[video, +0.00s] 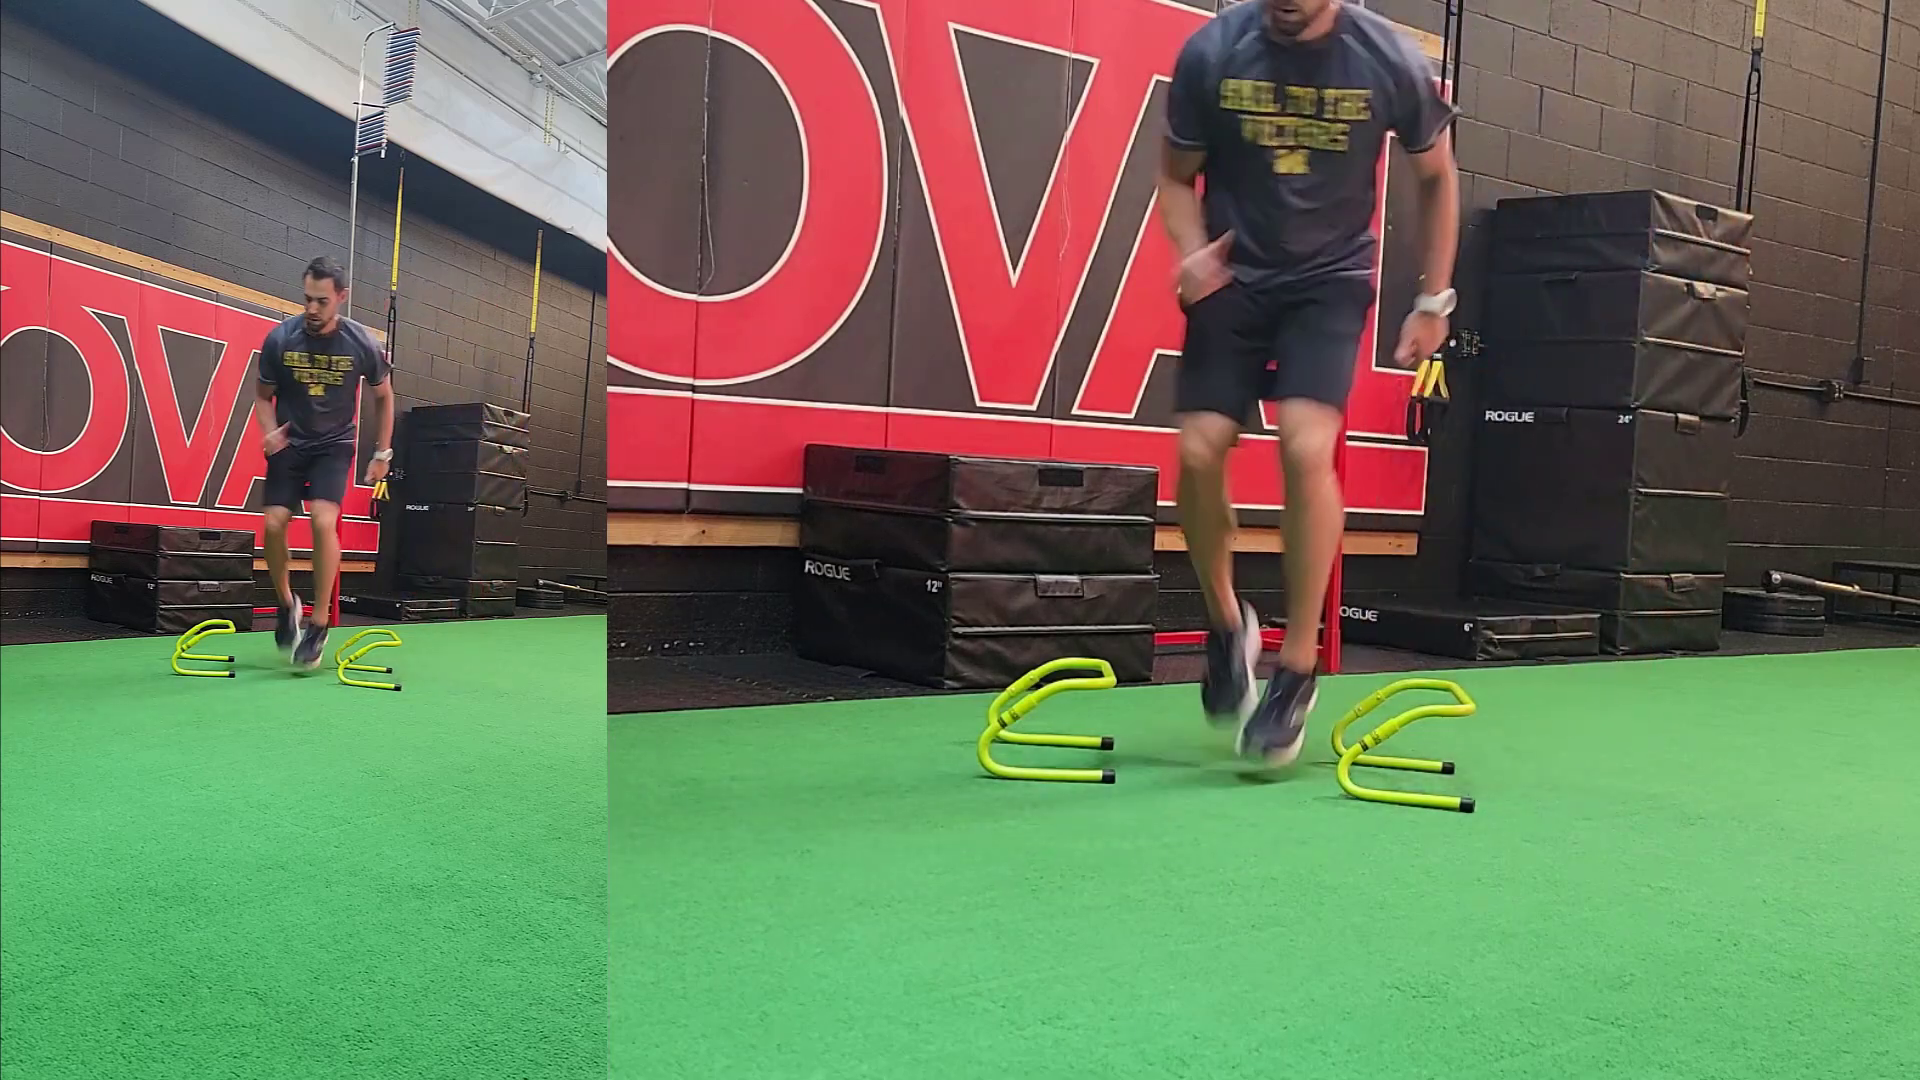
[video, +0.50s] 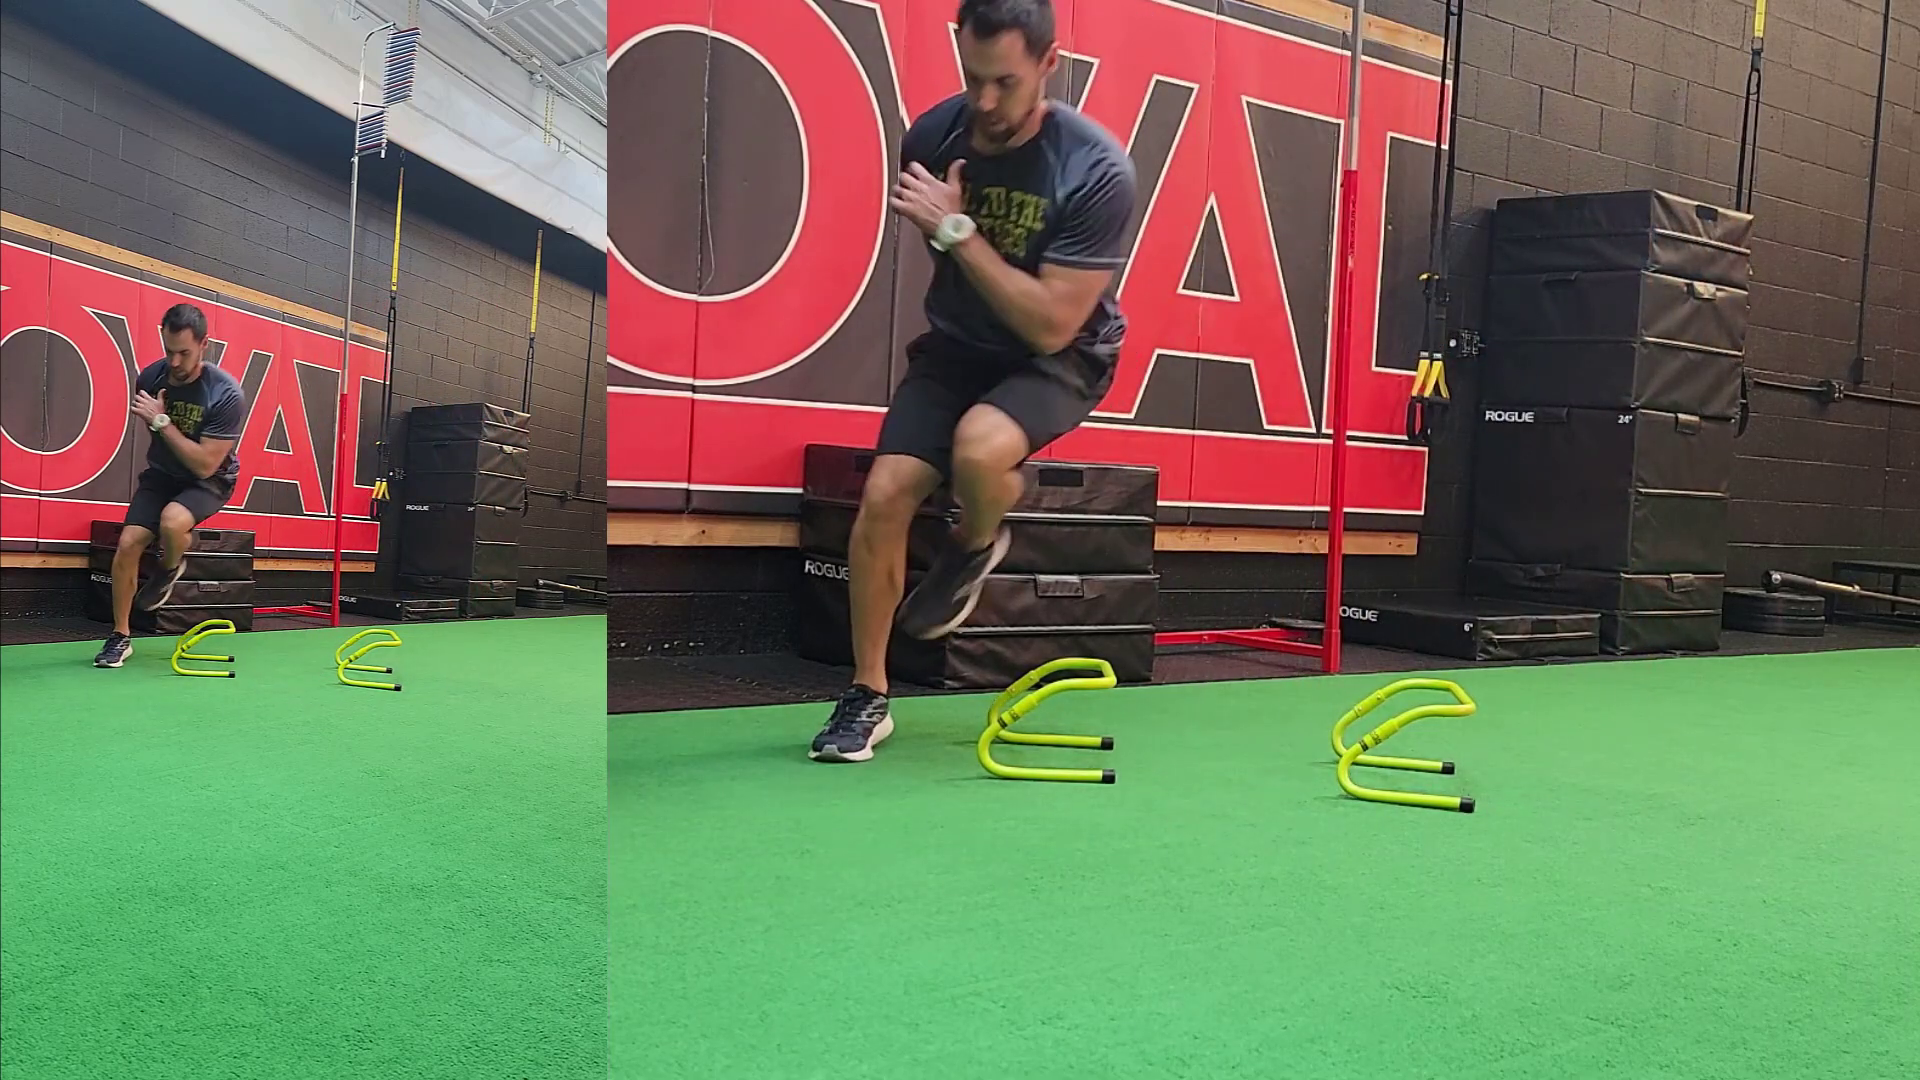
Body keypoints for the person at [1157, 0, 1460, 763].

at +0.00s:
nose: (1284, 7)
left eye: (1301, 0)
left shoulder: (1395, 61)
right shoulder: (1211, 53)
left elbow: (1436, 176)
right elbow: (1177, 178)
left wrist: (1433, 298)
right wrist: (1189, 249)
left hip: (1331, 281)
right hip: (1231, 277)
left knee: (1305, 448)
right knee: (1197, 451)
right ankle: (1226, 623)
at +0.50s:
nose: (981, 101)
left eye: (1001, 83)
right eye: (970, 79)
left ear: (1048, 68)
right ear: (959, 59)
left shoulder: (1099, 174)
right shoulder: (935, 136)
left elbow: (1051, 325)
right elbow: (927, 244)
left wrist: (954, 232)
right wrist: (939, 218)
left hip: (1061, 360)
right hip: (958, 346)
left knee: (978, 449)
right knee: (884, 491)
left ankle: (974, 553)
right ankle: (867, 692)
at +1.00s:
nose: (1125, 16)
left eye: (1137, 2)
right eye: (1108, 4)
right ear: (1080, 3)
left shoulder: (1207, 71)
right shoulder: (1021, 67)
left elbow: (1270, 177)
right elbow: (994, 172)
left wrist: (1271, 296)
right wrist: (1022, 213)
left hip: (1154, 296)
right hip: (1045, 296)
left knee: (1158, 469)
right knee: (973, 466)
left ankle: (1213, 636)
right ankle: (884, 666)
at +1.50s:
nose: (1453, 22)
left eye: (1465, 8)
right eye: (1437, 7)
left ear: (1477, 5)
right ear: (1393, 1)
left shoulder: (1491, 65)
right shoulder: (1324, 89)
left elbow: (1499, 170)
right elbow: (1277, 226)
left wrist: (1498, 289)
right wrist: (1275, 362)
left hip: (1449, 295)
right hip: (1342, 307)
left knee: (1517, 450)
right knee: (1332, 483)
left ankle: (1554, 623)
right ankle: (1254, 695)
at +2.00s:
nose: (1652, 182)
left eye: (1669, 164)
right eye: (1636, 160)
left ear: (1685, 149)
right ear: (1596, 135)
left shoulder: (1672, 211)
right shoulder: (1517, 230)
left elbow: (1618, 284)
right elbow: (1463, 380)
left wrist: (1619, 345)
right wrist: (1591, 397)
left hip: (1594, 392)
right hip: (1498, 397)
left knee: (1640, 537)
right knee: (1590, 522)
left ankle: (1609, 726)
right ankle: (1570, 592)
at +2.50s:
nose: (1432, 5)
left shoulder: (1503, 56)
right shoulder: (1326, 69)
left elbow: (1531, 169)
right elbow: (1269, 200)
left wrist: (1513, 234)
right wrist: (1245, 333)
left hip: (1453, 299)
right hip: (1340, 300)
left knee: (1507, 460)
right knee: (1321, 496)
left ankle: (1526, 617)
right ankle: (1249, 677)